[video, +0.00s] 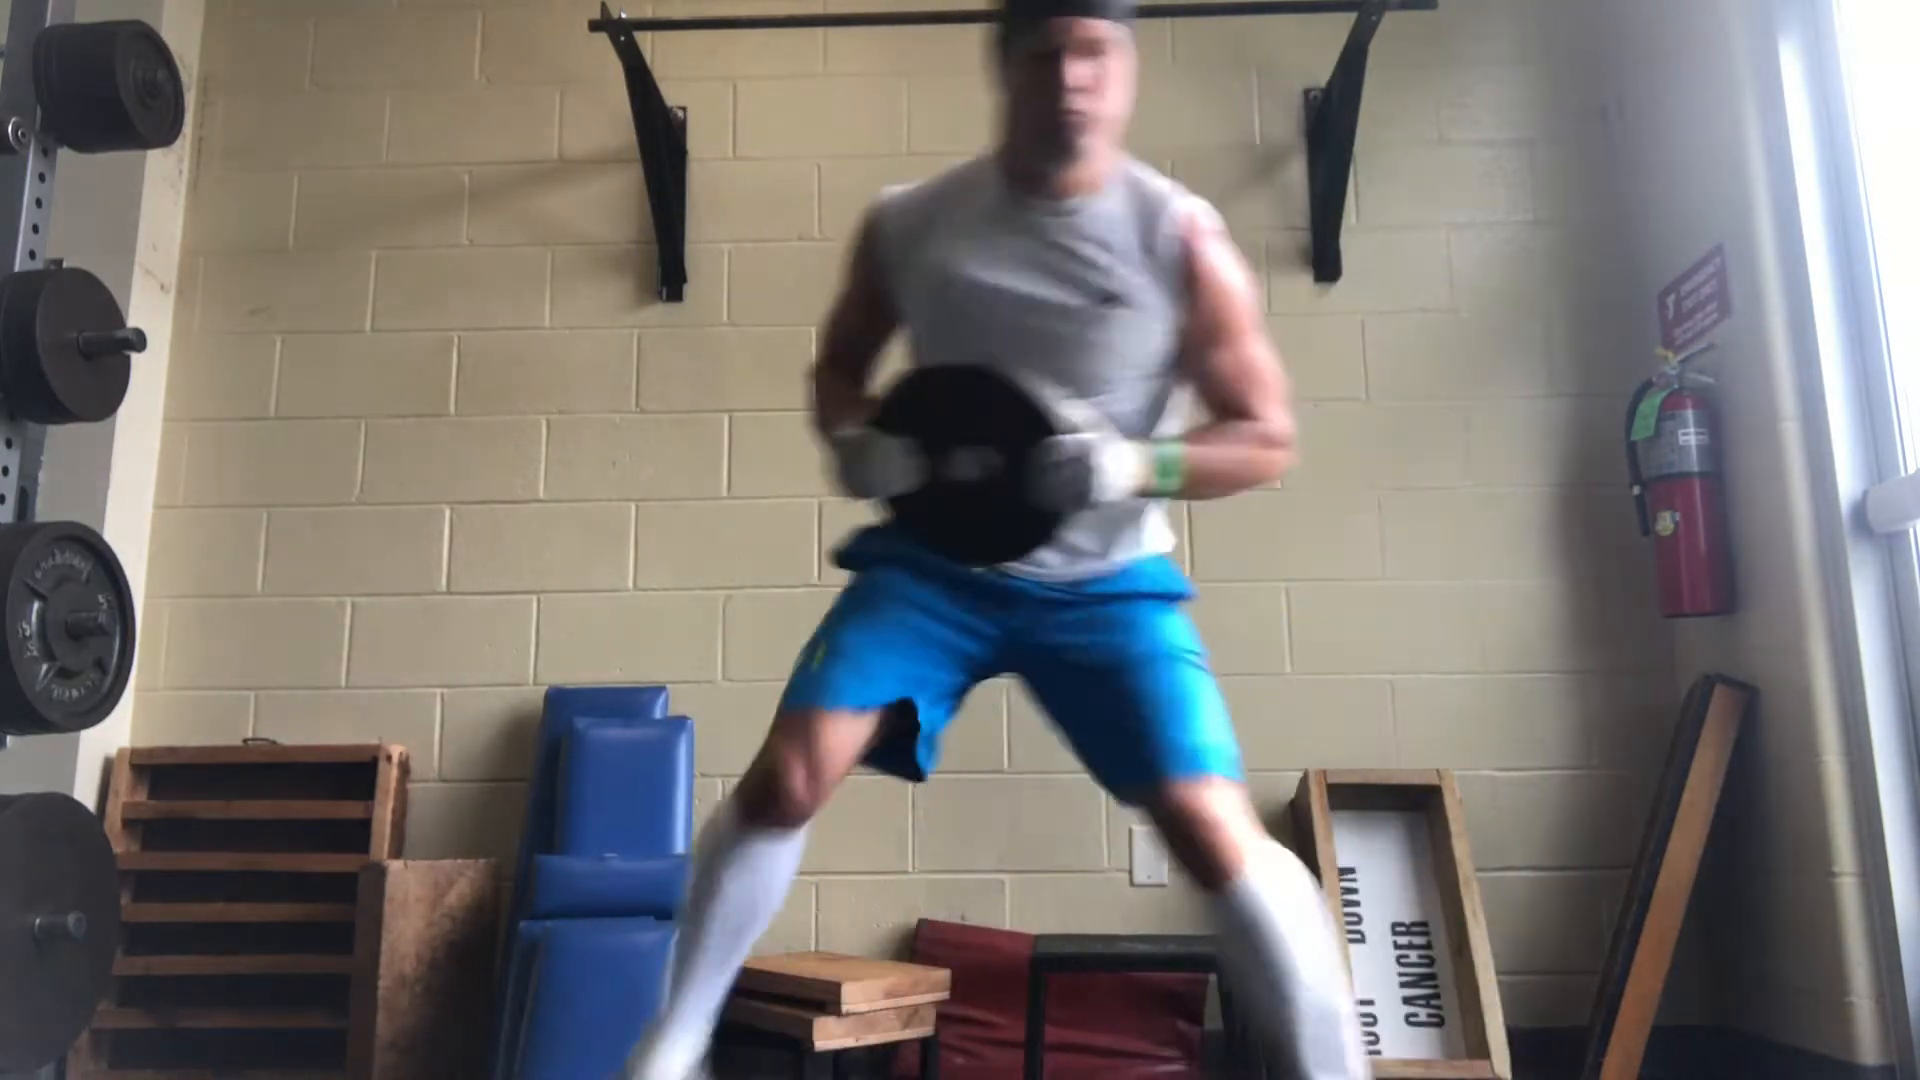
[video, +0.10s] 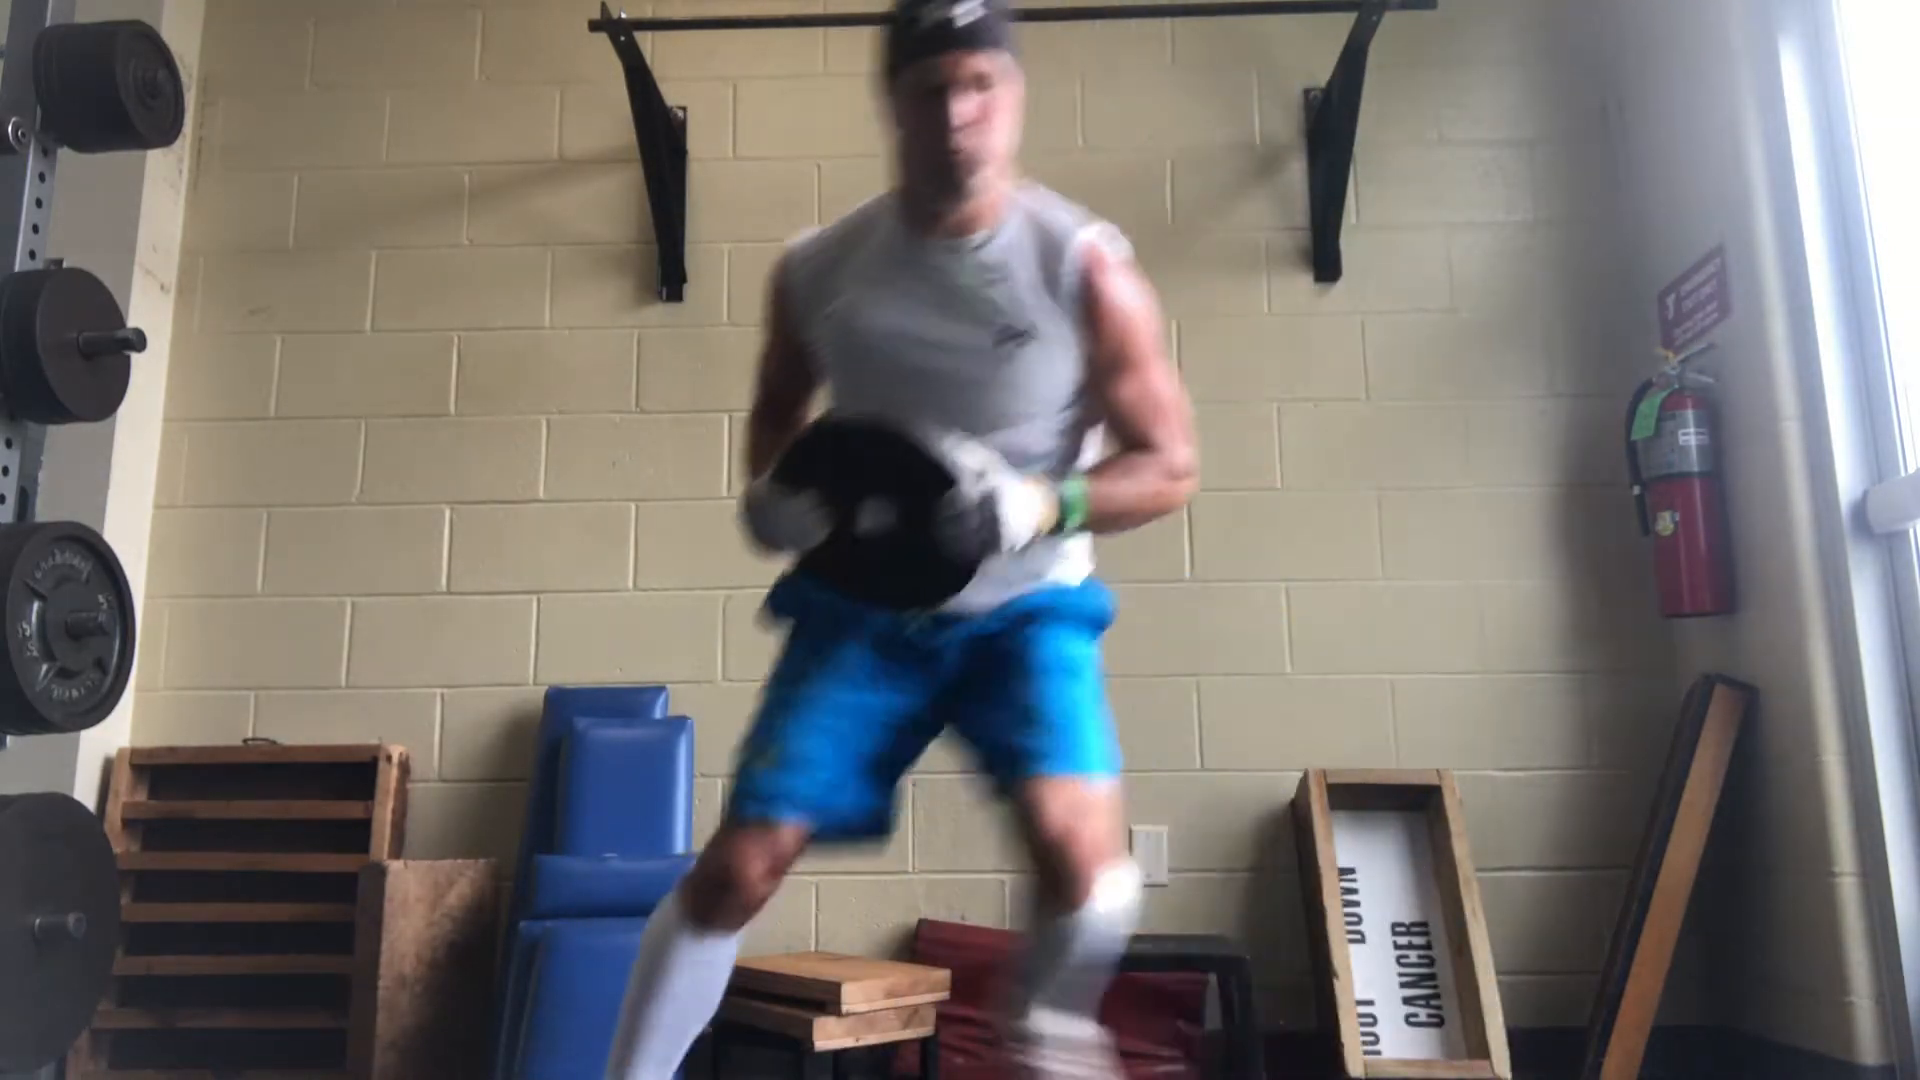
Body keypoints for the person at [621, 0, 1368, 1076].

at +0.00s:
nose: (1070, 79)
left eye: (1094, 52)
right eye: (1042, 54)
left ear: (1129, 70)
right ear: (1001, 72)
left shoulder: (1179, 234)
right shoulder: (910, 228)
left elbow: (1267, 438)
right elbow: (838, 370)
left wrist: (1132, 462)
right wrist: (858, 446)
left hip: (1110, 585)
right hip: (932, 571)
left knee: (1207, 825)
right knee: (787, 777)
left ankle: (1340, 1074)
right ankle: (668, 1058)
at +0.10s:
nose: (958, 116)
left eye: (981, 88)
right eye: (931, 92)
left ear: (1018, 102)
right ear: (892, 110)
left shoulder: (1083, 265)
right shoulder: (816, 276)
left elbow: (1172, 468)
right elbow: (772, 431)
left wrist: (1039, 503)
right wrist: (777, 503)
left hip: (1029, 614)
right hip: (862, 611)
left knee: (1081, 853)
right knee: (742, 867)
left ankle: (1051, 1035)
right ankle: (635, 1077)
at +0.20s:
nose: (857, 164)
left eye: (881, 136)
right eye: (830, 141)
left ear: (917, 149)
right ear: (795, 163)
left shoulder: (1008, 311)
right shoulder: (745, 346)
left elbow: (1122, 486)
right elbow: (727, 499)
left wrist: (1011, 555)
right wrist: (731, 575)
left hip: (974, 656)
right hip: (814, 657)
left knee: (937, 894)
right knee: (695, 883)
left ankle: (856, 987)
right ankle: (625, 1076)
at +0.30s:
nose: (830, 176)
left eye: (852, 147)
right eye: (802, 153)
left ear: (889, 161)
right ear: (767, 180)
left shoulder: (990, 313)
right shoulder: (729, 363)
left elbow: (1128, 472)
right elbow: (723, 512)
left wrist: (1025, 547)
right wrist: (747, 581)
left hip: (971, 665)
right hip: (808, 668)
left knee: (960, 900)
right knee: (689, 886)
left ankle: (995, 979)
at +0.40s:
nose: (886, 145)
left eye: (907, 119)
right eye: (859, 124)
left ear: (945, 132)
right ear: (826, 147)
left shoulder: (1037, 278)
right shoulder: (770, 323)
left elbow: (1187, 415)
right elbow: (754, 485)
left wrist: (1104, 483)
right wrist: (813, 520)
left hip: (1033, 635)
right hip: (857, 647)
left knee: (1132, 847)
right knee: (736, 879)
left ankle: (1196, 1005)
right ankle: (632, 1076)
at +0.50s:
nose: (1006, 104)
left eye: (1027, 76)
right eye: (980, 82)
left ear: (1067, 90)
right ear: (944, 101)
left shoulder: (1145, 241)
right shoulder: (863, 262)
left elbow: (1268, 368)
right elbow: (822, 427)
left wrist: (1217, 419)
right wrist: (899, 461)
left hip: (1121, 588)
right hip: (941, 603)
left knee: (1246, 795)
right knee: (813, 841)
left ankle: (1412, 1053)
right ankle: (703, 1070)